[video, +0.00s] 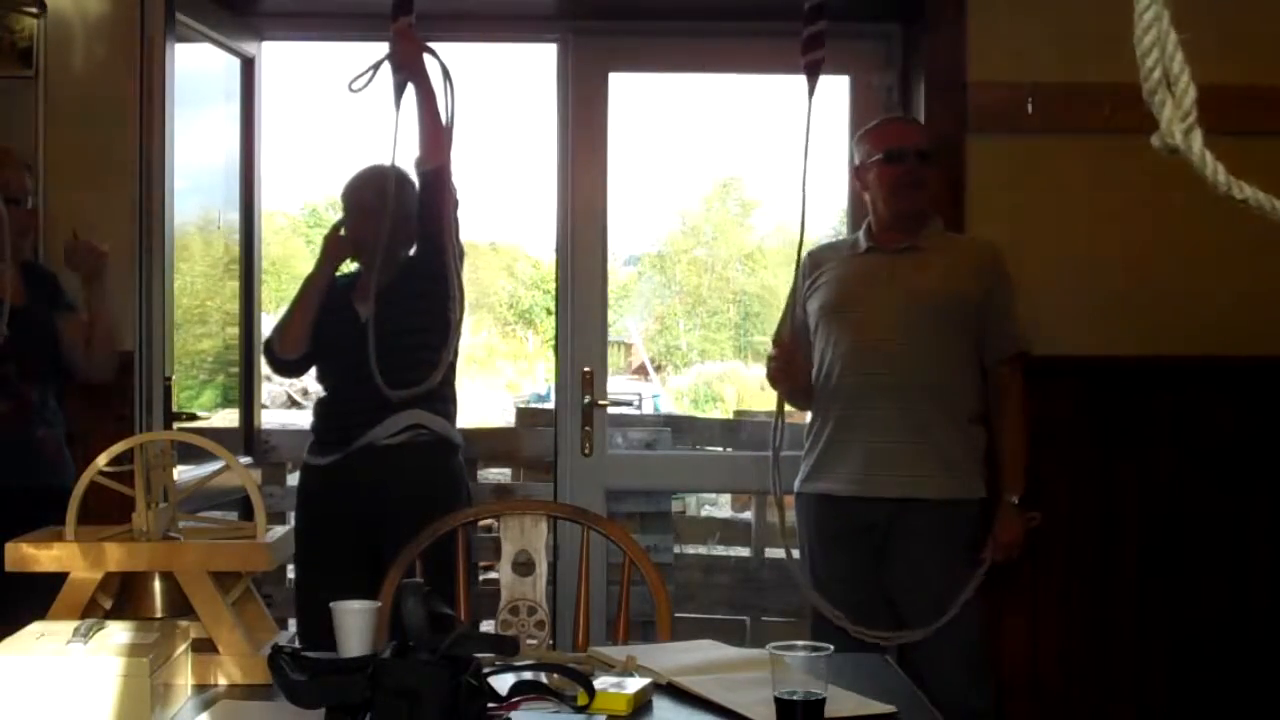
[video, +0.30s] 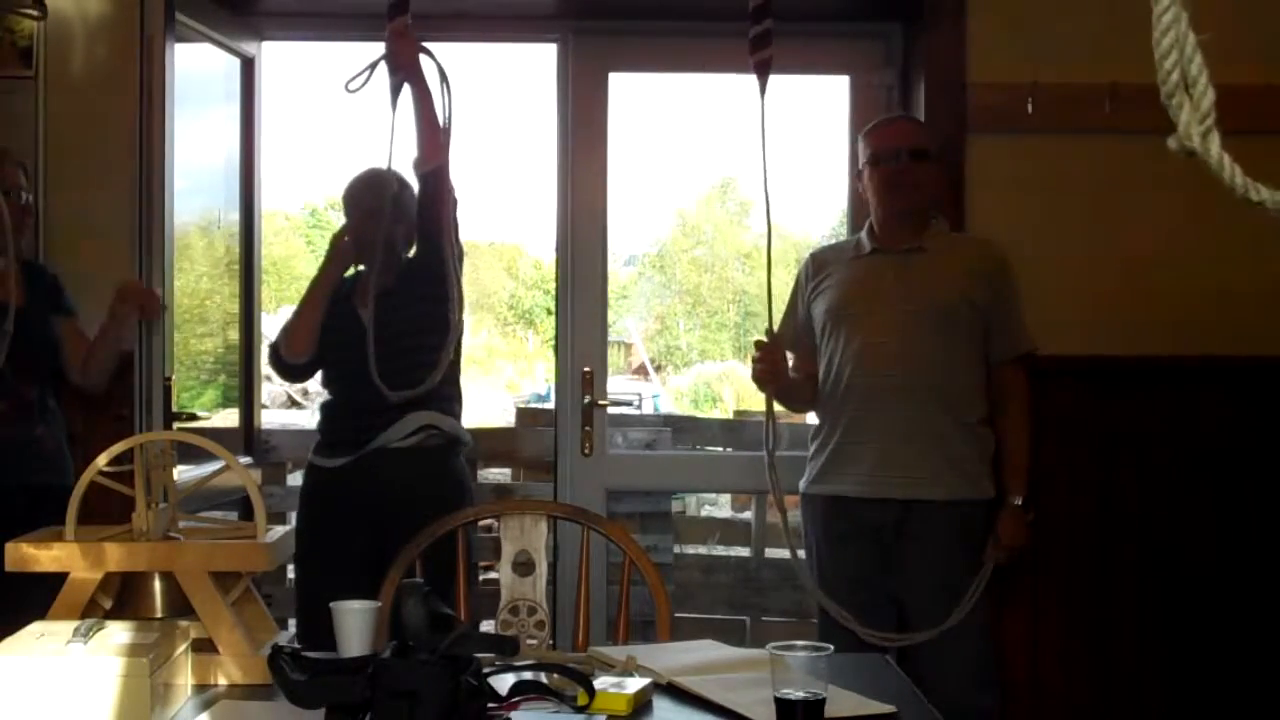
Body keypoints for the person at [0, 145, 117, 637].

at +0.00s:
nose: (23, 213)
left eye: (25, 199)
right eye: (12, 200)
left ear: (34, 207)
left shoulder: (39, 282)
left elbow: (96, 368)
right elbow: (96, 366)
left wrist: (96, 283)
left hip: (41, 467)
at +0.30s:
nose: (23, 205)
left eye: (25, 193)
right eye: (11, 193)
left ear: (30, 201)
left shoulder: (35, 281)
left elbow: (88, 375)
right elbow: (87, 374)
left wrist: (122, 314)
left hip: (40, 467)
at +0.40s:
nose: (26, 206)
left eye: (26, 193)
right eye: (13, 193)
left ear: (32, 201)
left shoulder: (32, 280)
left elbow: (99, 367)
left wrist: (142, 288)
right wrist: (9, 253)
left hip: (42, 476)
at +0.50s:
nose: (25, 209)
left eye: (26, 196)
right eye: (14, 196)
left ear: (29, 202)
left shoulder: (34, 280)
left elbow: (106, 354)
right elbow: (105, 353)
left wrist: (145, 267)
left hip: (40, 475)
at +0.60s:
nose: (27, 211)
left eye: (30, 199)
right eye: (17, 197)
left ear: (36, 208)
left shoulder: (33, 282)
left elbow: (120, 335)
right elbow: (121, 334)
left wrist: (136, 245)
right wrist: (136, 247)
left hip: (38, 476)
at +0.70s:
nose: (19, 211)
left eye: (27, 197)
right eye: (8, 199)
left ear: (39, 202)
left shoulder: (40, 280)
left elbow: (134, 295)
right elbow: (133, 294)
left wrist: (119, 202)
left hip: (39, 465)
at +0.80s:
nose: (26, 210)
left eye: (26, 196)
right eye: (13, 198)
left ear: (36, 204)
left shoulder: (34, 275)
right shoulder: (30, 276)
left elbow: (127, 247)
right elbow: (126, 247)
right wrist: (101, 145)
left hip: (41, 482)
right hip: (12, 483)